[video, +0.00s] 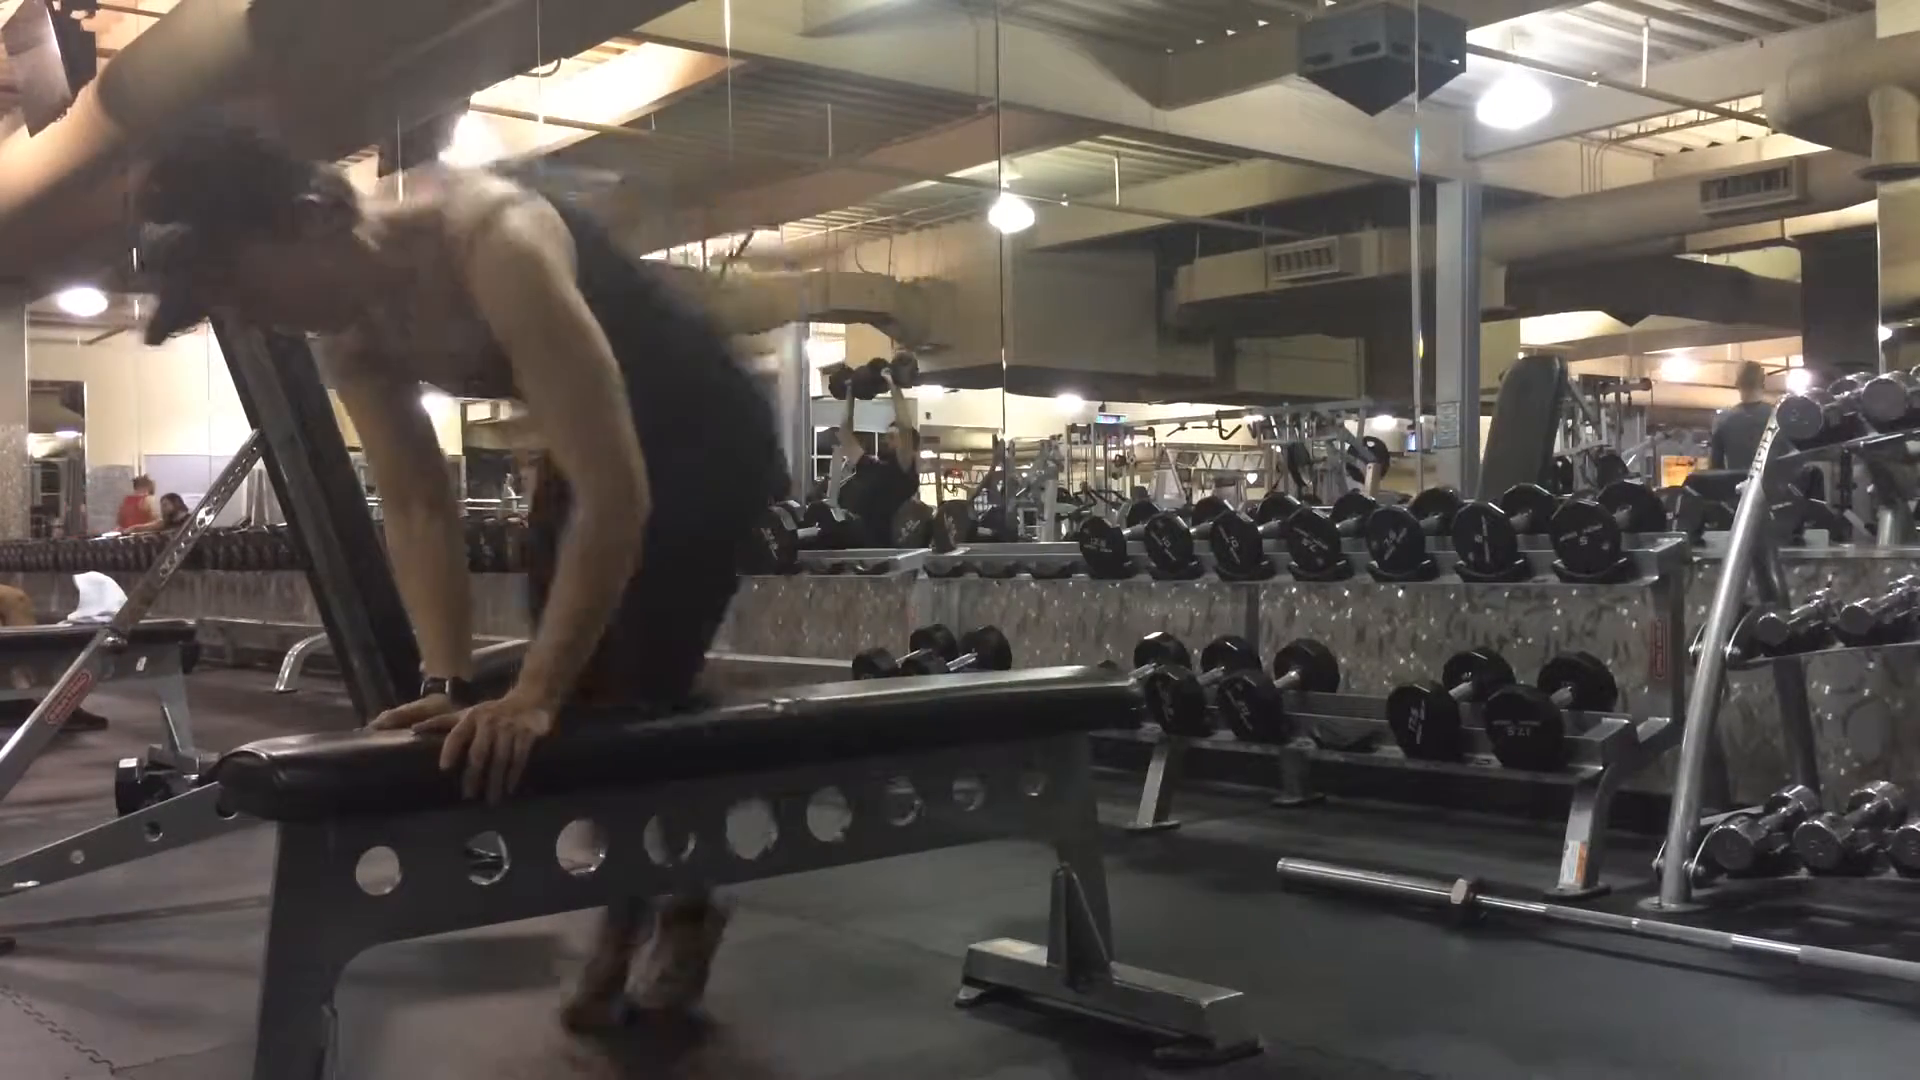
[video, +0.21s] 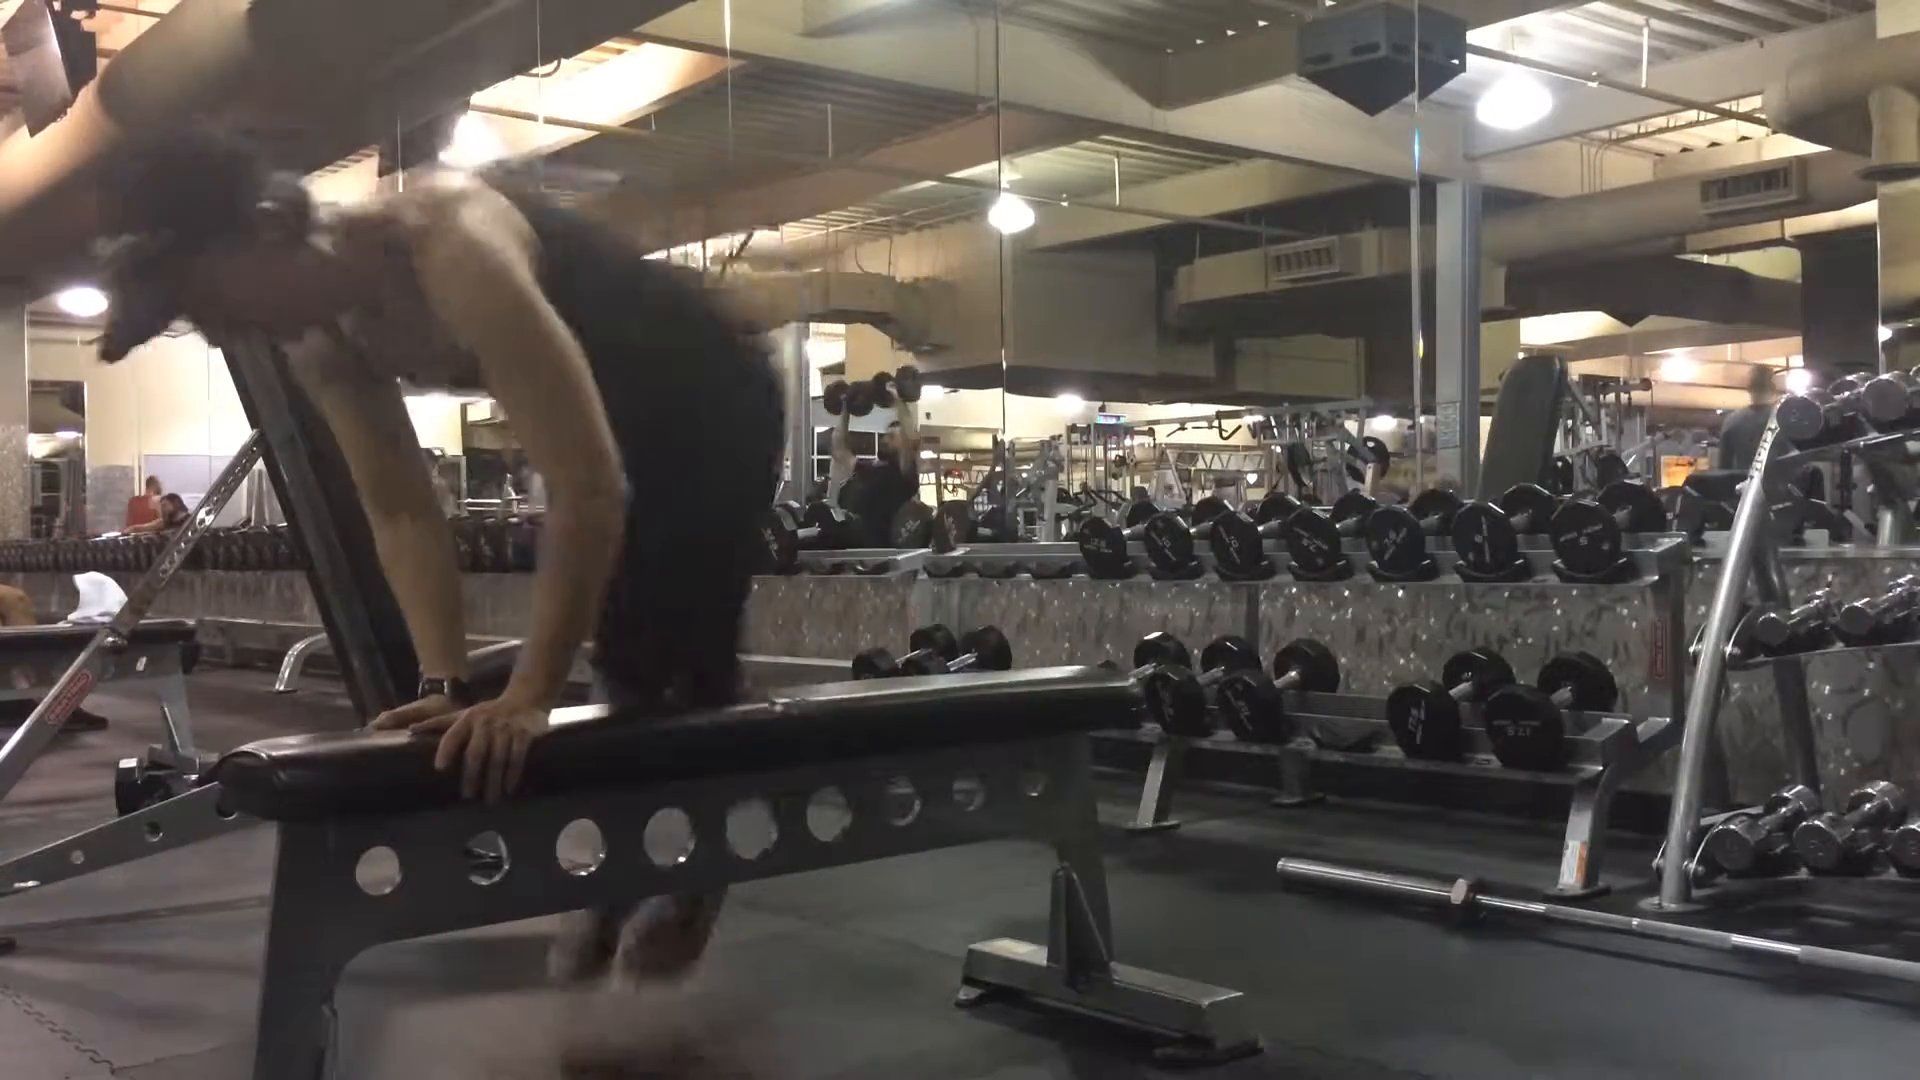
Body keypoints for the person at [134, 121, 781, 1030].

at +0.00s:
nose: (252, 327)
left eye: (243, 293)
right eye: (230, 312)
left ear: (301, 220)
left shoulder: (499, 246)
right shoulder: (348, 333)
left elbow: (615, 490)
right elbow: (414, 500)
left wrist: (535, 693)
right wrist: (445, 683)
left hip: (703, 433)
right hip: (583, 450)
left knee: (632, 686)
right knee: (561, 691)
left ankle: (687, 900)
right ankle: (624, 900)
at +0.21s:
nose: (228, 337)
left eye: (217, 308)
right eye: (206, 326)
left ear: (274, 227)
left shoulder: (456, 241)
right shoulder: (317, 329)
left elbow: (589, 482)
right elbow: (400, 506)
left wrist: (531, 692)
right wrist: (442, 681)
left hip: (708, 390)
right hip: (604, 417)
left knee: (673, 655)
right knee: (610, 655)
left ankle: (695, 851)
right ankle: (613, 861)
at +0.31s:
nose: (214, 353)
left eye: (200, 321)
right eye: (188, 338)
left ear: (251, 235)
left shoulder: (430, 225)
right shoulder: (326, 310)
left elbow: (554, 473)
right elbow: (403, 496)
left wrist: (525, 697)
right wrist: (445, 682)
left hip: (735, 264)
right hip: (620, 302)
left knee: (713, 529)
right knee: (622, 546)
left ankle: (800, 674)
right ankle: (706, 669)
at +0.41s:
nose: (229, 361)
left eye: (211, 333)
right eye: (203, 347)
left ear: (255, 242)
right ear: (250, 248)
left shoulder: (435, 220)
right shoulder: (340, 295)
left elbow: (544, 472)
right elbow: (405, 492)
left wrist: (524, 696)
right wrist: (445, 680)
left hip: (758, 217)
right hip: (654, 256)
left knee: (709, 494)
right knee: (614, 516)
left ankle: (891, 483)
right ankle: (847, 491)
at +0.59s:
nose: (229, 331)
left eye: (208, 304)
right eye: (203, 323)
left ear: (243, 215)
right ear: (242, 221)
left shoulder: (428, 204)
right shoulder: (360, 276)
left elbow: (535, 451)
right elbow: (423, 486)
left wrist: (523, 691)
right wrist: (446, 684)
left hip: (801, 215)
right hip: (730, 270)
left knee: (784, 522)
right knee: (740, 542)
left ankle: (1076, 525)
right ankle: (1027, 561)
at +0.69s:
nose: (227, 309)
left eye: (206, 280)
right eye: (201, 299)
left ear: (246, 195)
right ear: (247, 200)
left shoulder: (433, 215)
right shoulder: (375, 258)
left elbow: (535, 464)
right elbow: (438, 476)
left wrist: (525, 691)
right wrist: (443, 675)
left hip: (831, 290)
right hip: (773, 333)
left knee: (901, 617)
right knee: (855, 643)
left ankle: (1146, 813)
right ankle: (1090, 844)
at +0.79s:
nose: (281, 314)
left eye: (268, 282)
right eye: (261, 298)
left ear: (320, 212)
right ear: (307, 231)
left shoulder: (490, 241)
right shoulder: (434, 292)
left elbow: (576, 501)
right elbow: (491, 501)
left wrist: (528, 703)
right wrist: (460, 676)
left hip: (867, 456)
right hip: (823, 482)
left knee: (923, 819)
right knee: (902, 810)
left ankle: (1208, 1048)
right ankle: (1136, 988)